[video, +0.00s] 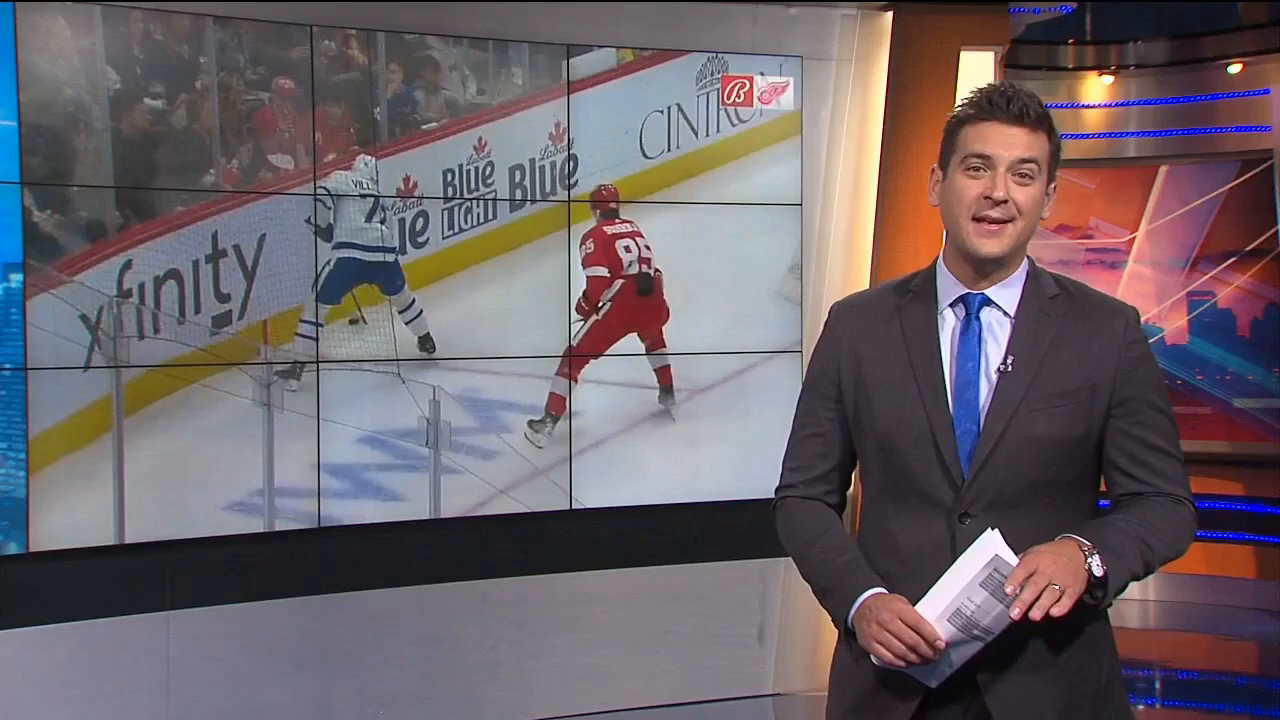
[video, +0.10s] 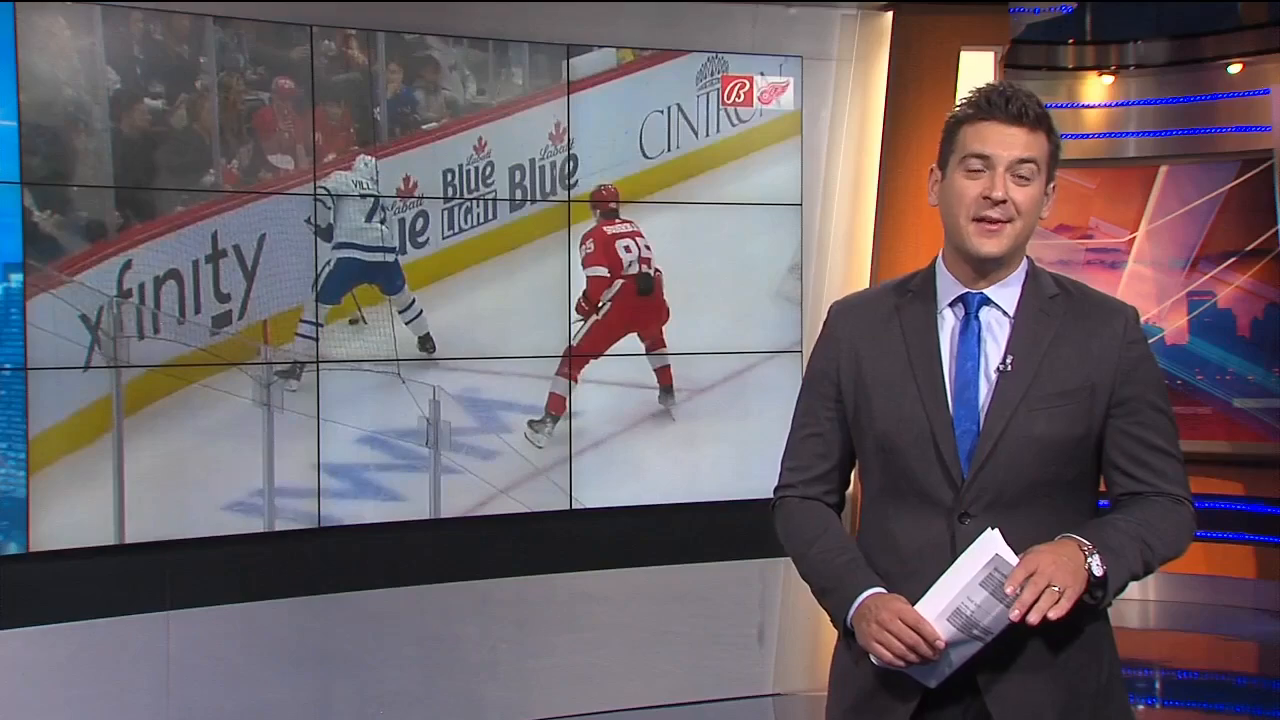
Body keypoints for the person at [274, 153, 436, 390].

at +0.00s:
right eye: (371, 172)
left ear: (354, 168)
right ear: (375, 174)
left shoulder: (341, 177)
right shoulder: (379, 191)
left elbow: (323, 193)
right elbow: (391, 210)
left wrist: (322, 226)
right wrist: (403, 198)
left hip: (349, 259)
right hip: (386, 260)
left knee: (317, 308)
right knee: (403, 299)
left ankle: (297, 366)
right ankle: (426, 339)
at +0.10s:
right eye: (371, 172)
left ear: (354, 168)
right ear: (375, 174)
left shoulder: (341, 177)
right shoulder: (379, 191)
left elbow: (323, 192)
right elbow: (391, 211)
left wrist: (323, 226)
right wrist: (403, 198)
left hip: (349, 259)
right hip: (386, 260)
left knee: (317, 308)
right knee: (403, 299)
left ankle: (297, 366)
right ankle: (426, 339)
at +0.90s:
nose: (320, 190)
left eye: (321, 186)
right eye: (320, 185)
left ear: (326, 187)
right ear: (350, 188)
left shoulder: (331, 205)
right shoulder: (366, 216)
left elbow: (305, 184)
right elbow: (362, 257)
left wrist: (279, 188)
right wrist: (324, 262)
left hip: (349, 293)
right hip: (382, 296)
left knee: (304, 329)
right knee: (383, 315)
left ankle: (319, 380)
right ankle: (410, 345)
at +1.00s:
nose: (314, 193)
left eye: (316, 189)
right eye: (315, 188)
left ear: (323, 189)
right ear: (345, 188)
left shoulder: (331, 205)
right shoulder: (362, 215)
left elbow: (308, 189)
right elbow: (357, 255)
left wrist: (273, 189)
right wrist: (321, 260)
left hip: (350, 298)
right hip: (380, 299)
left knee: (304, 334)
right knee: (380, 318)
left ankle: (321, 385)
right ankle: (405, 348)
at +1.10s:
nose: (309, 199)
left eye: (311, 194)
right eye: (308, 194)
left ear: (318, 194)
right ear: (339, 190)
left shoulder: (325, 208)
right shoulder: (356, 213)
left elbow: (292, 208)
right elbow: (351, 252)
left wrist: (269, 197)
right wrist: (318, 253)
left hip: (349, 304)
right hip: (378, 304)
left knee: (297, 332)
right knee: (373, 319)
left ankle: (325, 389)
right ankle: (397, 351)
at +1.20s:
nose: (306, 202)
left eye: (307, 197)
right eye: (306, 198)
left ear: (312, 195)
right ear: (336, 191)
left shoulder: (321, 210)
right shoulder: (354, 214)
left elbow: (297, 227)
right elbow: (339, 250)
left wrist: (267, 205)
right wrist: (308, 243)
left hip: (345, 305)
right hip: (375, 305)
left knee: (294, 337)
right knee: (364, 320)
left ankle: (326, 391)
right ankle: (391, 353)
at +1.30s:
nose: (301, 206)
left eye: (304, 201)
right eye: (301, 201)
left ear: (312, 198)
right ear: (333, 195)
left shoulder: (323, 217)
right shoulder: (354, 214)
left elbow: (293, 240)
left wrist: (263, 219)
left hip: (343, 308)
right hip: (372, 305)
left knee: (292, 344)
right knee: (356, 322)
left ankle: (329, 397)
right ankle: (384, 359)